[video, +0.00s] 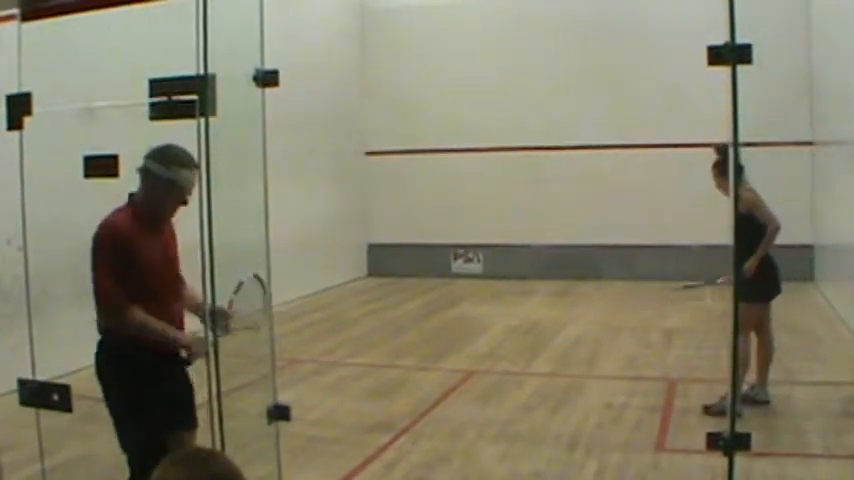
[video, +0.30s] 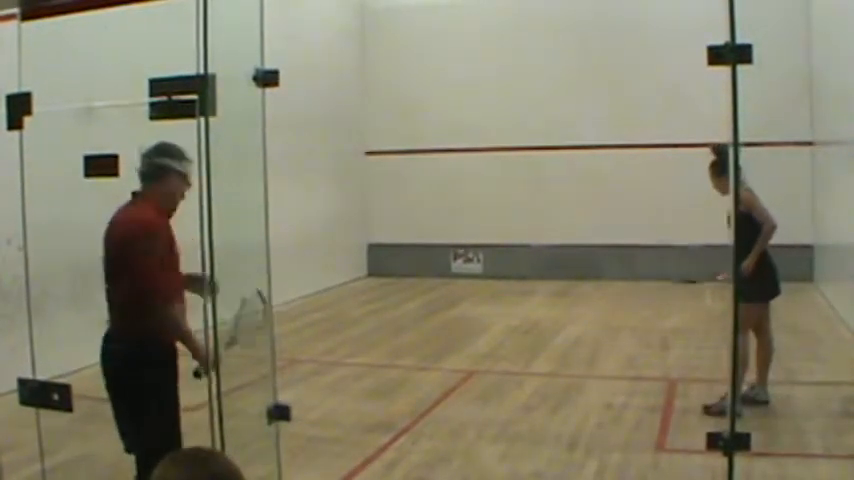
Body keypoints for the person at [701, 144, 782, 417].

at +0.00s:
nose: (717, 186)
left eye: (717, 180)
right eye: (716, 181)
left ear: (725, 177)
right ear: (729, 175)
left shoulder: (746, 196)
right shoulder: (742, 197)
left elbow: (773, 225)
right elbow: (749, 240)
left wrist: (754, 260)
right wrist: (735, 271)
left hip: (754, 276)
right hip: (756, 274)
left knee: (741, 334)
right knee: (763, 332)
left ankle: (733, 395)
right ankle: (760, 388)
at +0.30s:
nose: (716, 188)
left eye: (717, 182)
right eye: (714, 183)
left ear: (726, 177)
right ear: (727, 177)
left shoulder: (744, 196)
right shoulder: (740, 198)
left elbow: (769, 225)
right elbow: (747, 238)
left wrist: (751, 259)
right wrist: (734, 268)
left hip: (752, 276)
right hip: (756, 274)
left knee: (739, 333)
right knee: (762, 332)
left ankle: (733, 394)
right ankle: (760, 387)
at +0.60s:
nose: (716, 187)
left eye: (716, 181)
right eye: (714, 182)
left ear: (726, 178)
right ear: (728, 176)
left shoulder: (745, 197)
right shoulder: (740, 199)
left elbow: (770, 226)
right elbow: (747, 243)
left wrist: (751, 261)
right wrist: (732, 272)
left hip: (753, 276)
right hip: (756, 275)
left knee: (738, 334)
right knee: (762, 332)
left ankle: (733, 393)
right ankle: (759, 388)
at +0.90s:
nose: (717, 185)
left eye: (717, 179)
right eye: (715, 180)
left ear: (726, 177)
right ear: (730, 175)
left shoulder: (746, 197)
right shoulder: (742, 197)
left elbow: (772, 226)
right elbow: (749, 243)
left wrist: (752, 261)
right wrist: (733, 273)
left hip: (753, 277)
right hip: (757, 276)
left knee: (738, 334)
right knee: (762, 332)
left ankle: (733, 394)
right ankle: (760, 388)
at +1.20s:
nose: (717, 184)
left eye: (719, 178)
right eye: (717, 178)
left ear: (728, 176)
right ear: (732, 174)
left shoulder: (747, 197)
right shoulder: (741, 197)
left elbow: (772, 227)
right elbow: (751, 236)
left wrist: (753, 261)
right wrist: (737, 267)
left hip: (754, 275)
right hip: (753, 274)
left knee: (738, 332)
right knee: (762, 331)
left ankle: (733, 394)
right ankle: (760, 388)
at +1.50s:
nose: (720, 183)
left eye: (721, 177)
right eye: (719, 178)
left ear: (729, 176)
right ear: (737, 173)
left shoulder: (749, 198)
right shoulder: (742, 199)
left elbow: (772, 227)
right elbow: (748, 241)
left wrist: (752, 262)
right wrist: (734, 270)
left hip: (754, 277)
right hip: (756, 275)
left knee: (739, 333)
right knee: (763, 331)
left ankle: (733, 395)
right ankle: (760, 388)